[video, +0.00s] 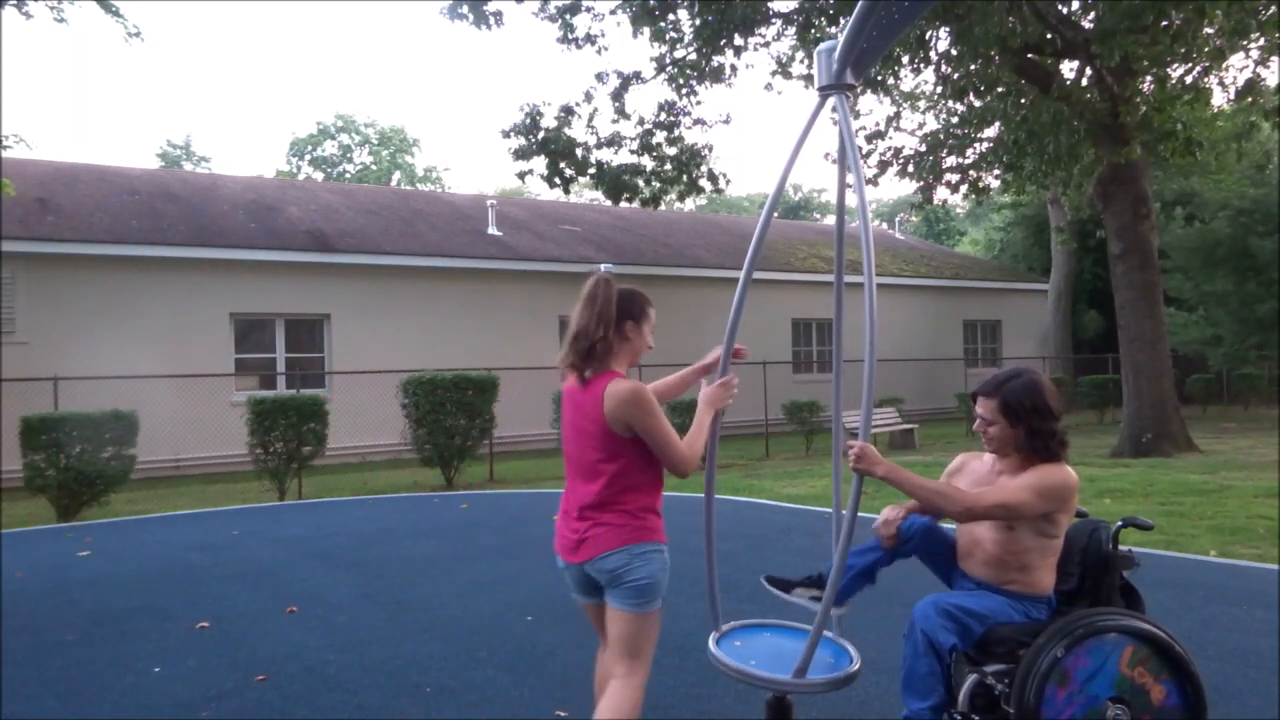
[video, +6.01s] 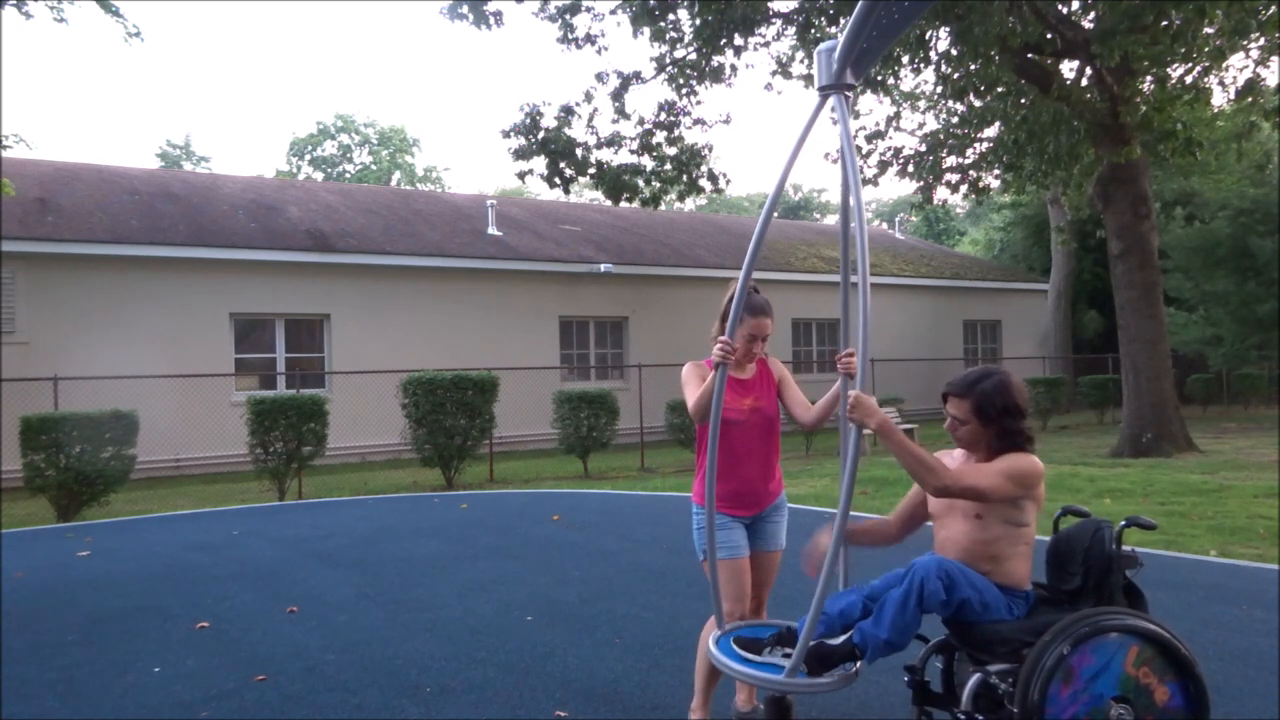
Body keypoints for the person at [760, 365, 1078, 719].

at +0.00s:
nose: (977, 428)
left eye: (988, 422)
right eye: (978, 418)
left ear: (1023, 425)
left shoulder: (1056, 480)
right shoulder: (968, 463)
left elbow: (966, 507)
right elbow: (935, 505)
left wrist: (883, 468)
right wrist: (902, 510)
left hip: (1016, 601)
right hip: (963, 572)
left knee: (931, 614)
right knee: (913, 526)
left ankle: (922, 712)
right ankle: (829, 587)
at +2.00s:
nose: (939, 412)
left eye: (950, 407)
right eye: (943, 403)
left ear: (981, 416)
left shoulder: (1017, 467)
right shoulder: (944, 473)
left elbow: (997, 559)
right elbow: (885, 515)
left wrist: (914, 581)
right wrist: (862, 460)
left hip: (1019, 595)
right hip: (970, 587)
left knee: (925, 561)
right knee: (900, 586)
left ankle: (838, 636)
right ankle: (795, 628)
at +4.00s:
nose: (891, 418)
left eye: (898, 410)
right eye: (888, 409)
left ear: (927, 407)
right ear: (910, 407)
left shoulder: (967, 454)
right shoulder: (905, 447)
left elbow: (1029, 534)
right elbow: (903, 510)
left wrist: (1034, 620)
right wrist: (867, 461)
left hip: (976, 586)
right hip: (921, 563)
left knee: (903, 593)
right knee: (855, 580)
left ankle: (824, 644)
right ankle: (782, 631)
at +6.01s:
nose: (949, 430)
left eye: (959, 422)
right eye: (947, 420)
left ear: (993, 421)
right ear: (946, 415)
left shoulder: (1025, 468)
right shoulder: (944, 464)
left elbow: (945, 484)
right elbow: (895, 526)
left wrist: (880, 424)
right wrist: (837, 531)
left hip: (1001, 600)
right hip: (945, 588)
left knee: (933, 568)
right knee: (876, 594)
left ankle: (852, 649)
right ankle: (796, 636)